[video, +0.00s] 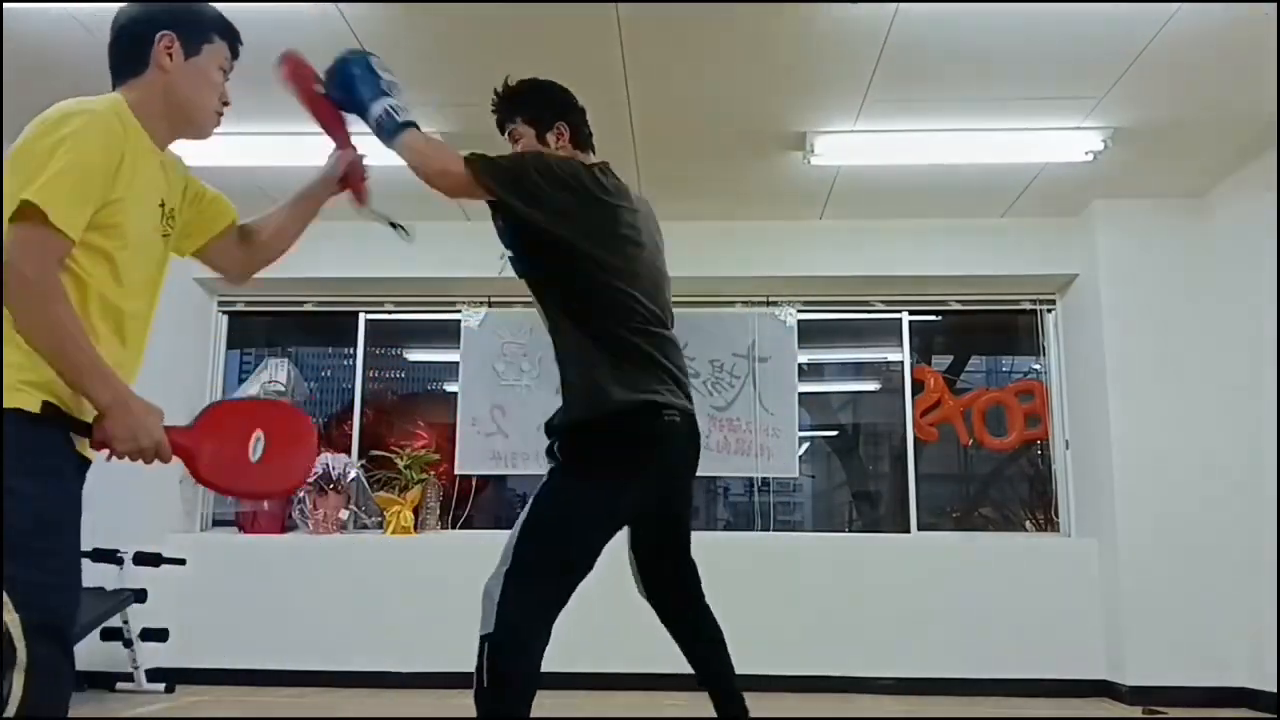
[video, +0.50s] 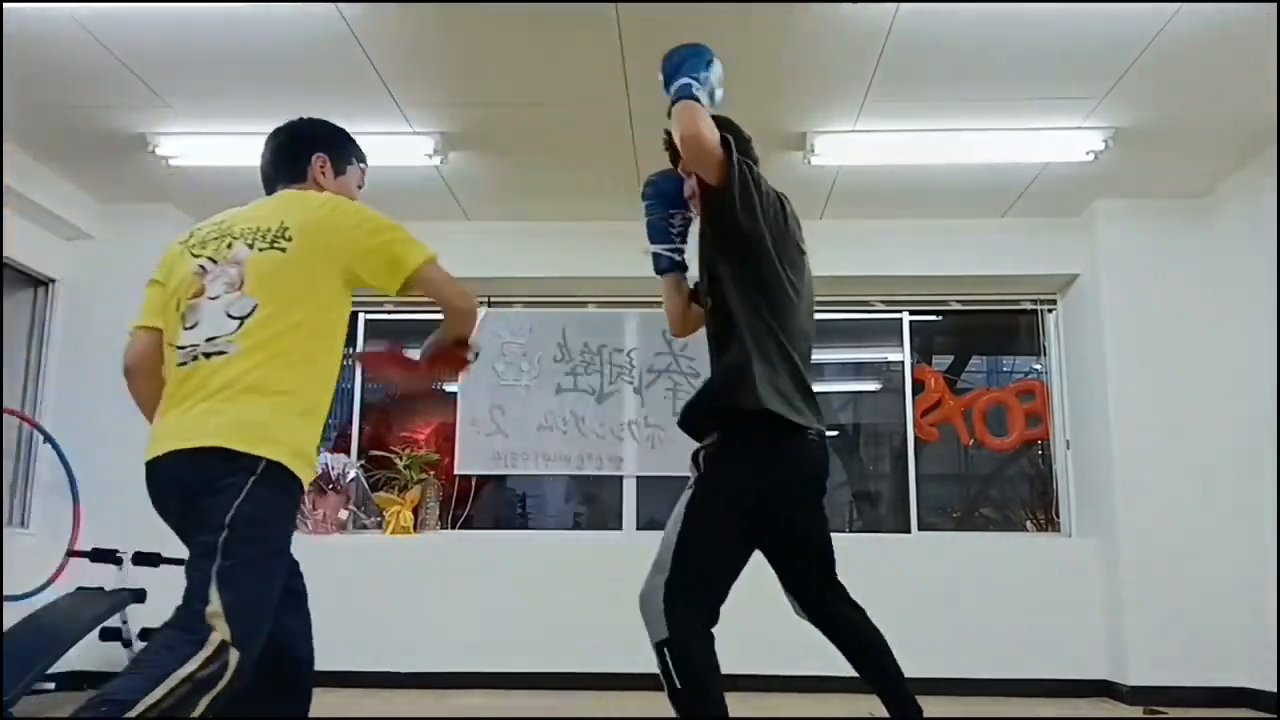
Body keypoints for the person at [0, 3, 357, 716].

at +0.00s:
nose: (228, 94)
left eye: (232, 78)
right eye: (221, 70)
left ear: (169, 61)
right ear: (167, 53)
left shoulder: (168, 179)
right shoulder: (89, 129)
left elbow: (240, 255)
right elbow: (25, 272)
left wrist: (322, 188)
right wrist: (114, 398)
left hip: (56, 432)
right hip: (20, 423)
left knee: (42, 654)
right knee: (34, 657)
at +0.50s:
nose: (359, 199)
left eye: (362, 187)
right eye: (356, 183)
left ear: (274, 177)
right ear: (321, 169)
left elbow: (141, 360)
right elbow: (463, 307)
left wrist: (187, 436)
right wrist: (441, 351)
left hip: (171, 462)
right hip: (253, 453)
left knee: (285, 638)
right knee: (213, 635)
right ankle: (102, 713)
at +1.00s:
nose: (521, 152)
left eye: (524, 139)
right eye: (515, 133)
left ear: (476, 128)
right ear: (473, 123)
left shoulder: (495, 212)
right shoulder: (394, 183)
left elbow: (574, 236)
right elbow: (369, 284)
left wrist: (643, 197)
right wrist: (482, 256)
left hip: (421, 441)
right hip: (346, 431)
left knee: (462, 594)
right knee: (388, 619)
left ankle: (411, 710)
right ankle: (339, 711)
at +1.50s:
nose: (643, 240)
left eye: (649, 225)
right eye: (645, 220)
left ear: (599, 205)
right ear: (618, 203)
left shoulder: (556, 262)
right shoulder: (559, 238)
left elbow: (578, 339)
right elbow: (511, 333)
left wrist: (613, 268)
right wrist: (568, 440)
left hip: (531, 479)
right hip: (485, 472)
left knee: (590, 638)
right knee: (494, 654)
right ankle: (407, 711)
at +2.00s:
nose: (703, 233)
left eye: (706, 220)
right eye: (700, 215)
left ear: (664, 207)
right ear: (664, 202)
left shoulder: (660, 290)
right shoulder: (579, 246)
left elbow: (714, 306)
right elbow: (493, 317)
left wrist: (785, 274)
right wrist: (501, 406)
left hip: (560, 478)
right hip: (496, 464)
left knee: (608, 609)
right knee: (455, 630)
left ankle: (614, 713)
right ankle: (378, 711)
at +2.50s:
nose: (555, 262)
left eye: (558, 248)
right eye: (553, 242)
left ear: (517, 233)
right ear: (519, 229)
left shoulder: (473, 312)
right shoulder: (450, 265)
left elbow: (431, 421)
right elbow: (414, 348)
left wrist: (513, 425)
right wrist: (470, 441)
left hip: (443, 501)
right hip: (377, 496)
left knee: (511, 626)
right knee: (336, 663)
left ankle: (548, 711)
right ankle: (279, 711)